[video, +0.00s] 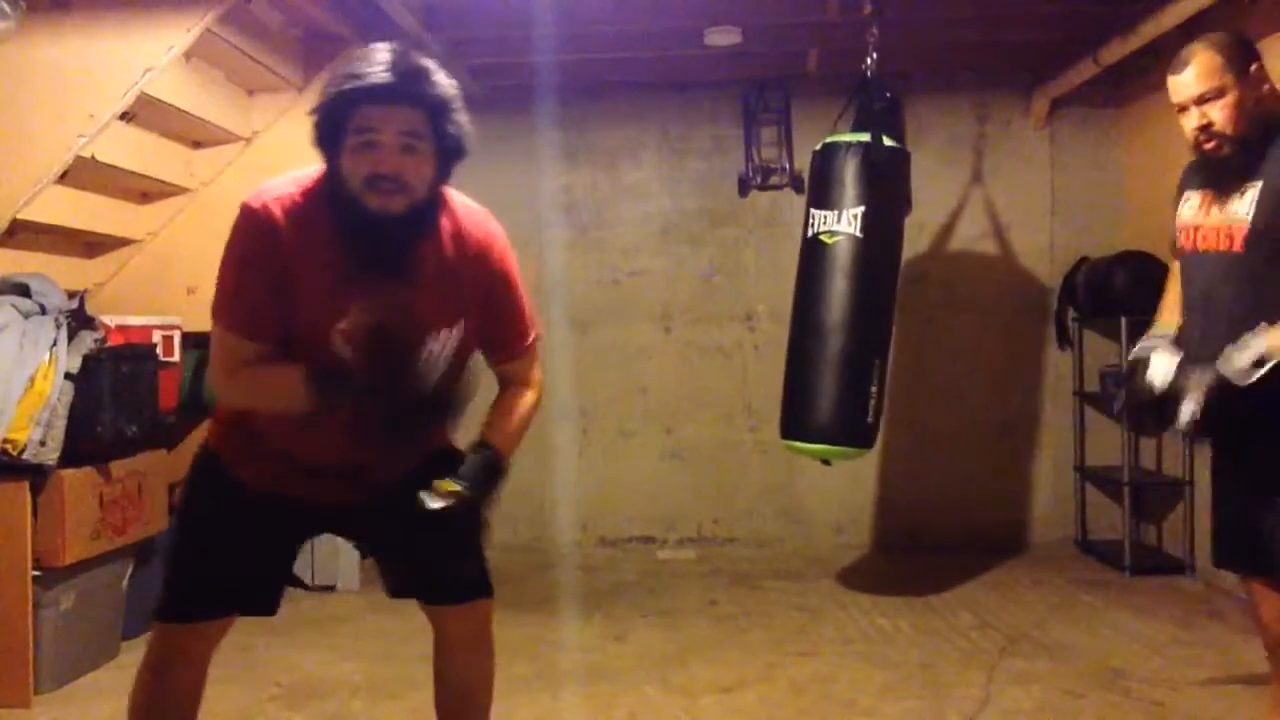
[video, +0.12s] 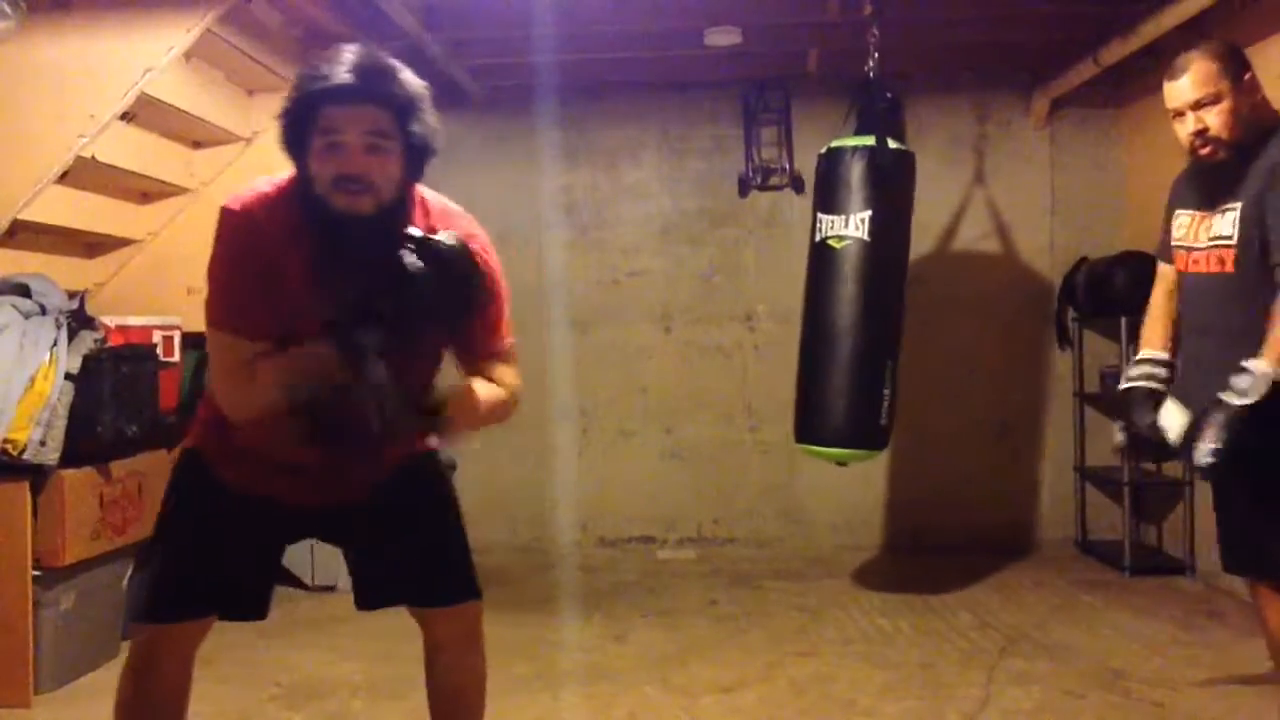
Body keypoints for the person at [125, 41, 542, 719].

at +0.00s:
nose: (387, 163)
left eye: (411, 145)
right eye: (365, 142)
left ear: (443, 158)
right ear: (333, 150)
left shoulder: (474, 244)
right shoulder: (272, 223)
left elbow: (522, 378)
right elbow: (228, 381)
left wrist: (480, 471)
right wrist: (344, 382)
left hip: (403, 466)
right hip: (260, 461)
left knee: (467, 616)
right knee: (183, 634)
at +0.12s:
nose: (353, 164)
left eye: (376, 144)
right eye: (332, 143)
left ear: (411, 155)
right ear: (301, 151)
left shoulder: (454, 237)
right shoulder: (253, 225)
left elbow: (501, 377)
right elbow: (235, 393)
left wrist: (450, 405)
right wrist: (341, 354)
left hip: (390, 460)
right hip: (245, 456)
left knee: (456, 619)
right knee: (161, 634)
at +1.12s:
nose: (299, 86)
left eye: (317, 71)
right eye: (279, 71)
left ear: (346, 89)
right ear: (248, 90)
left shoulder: (395, 179)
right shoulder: (207, 182)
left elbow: (425, 317)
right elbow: (158, 305)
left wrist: (426, 274)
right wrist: (194, 253)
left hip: (373, 469)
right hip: (222, 470)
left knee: (439, 654)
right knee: (149, 669)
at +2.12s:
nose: (258, 90)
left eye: (271, 73)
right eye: (235, 76)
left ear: (296, 84)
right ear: (198, 97)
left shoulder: (357, 179)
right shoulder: (157, 206)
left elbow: (422, 302)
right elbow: (125, 347)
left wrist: (397, 403)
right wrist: (173, 422)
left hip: (362, 473)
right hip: (216, 480)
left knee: (437, 642)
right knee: (143, 671)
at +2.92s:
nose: (332, 58)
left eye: (328, 44)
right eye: (315, 42)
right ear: (263, 56)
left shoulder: (329, 155)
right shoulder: (222, 149)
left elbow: (352, 266)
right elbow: (178, 284)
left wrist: (401, 336)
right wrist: (271, 369)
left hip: (334, 427)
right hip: (239, 433)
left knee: (326, 589)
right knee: (223, 618)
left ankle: (307, 716)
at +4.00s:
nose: (623, 83)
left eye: (622, 67)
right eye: (615, 65)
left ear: (562, 66)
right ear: (571, 61)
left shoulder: (532, 127)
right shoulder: (545, 126)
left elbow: (684, 192)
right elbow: (691, 177)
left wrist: (765, 111)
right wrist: (770, 88)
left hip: (502, 399)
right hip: (540, 402)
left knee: (487, 566)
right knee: (584, 591)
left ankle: (404, 707)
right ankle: (573, 716)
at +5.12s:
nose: (680, 79)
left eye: (680, 61)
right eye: (671, 60)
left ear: (614, 64)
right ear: (622, 60)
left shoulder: (568, 120)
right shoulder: (596, 124)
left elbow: (622, 249)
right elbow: (617, 257)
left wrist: (724, 240)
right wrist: (734, 245)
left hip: (520, 394)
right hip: (573, 402)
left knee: (496, 562)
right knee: (603, 594)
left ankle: (412, 705)